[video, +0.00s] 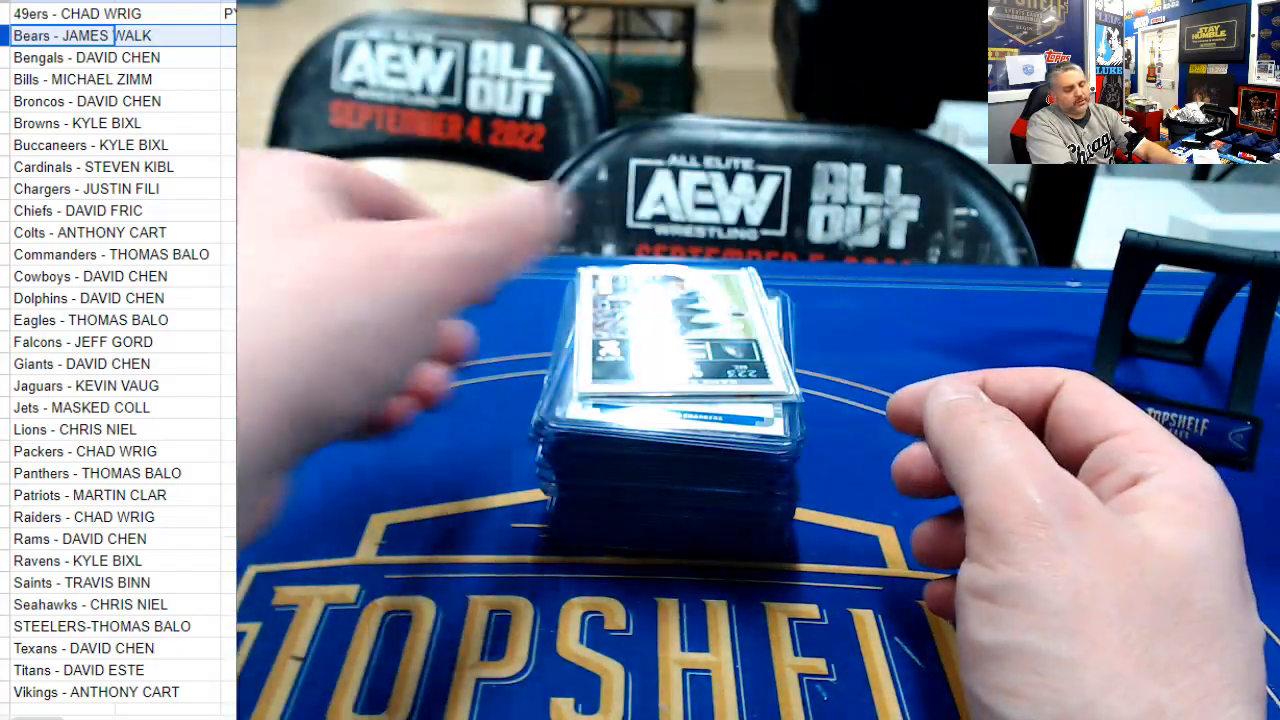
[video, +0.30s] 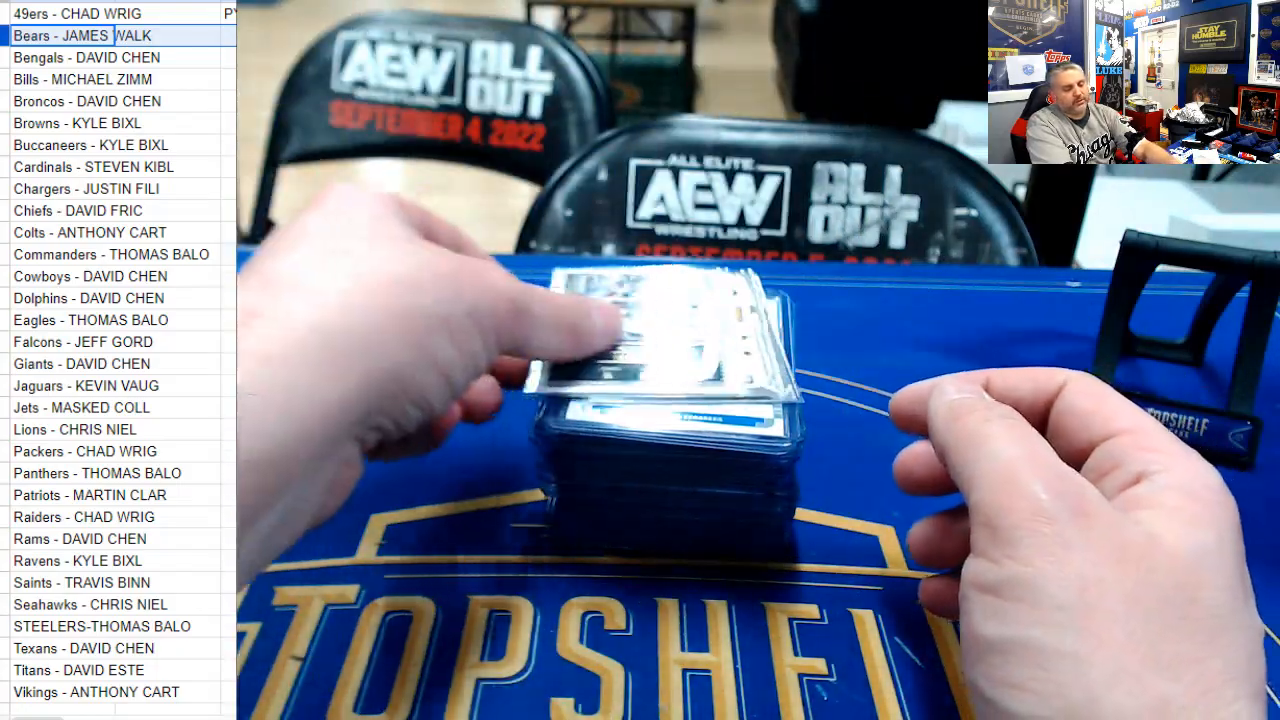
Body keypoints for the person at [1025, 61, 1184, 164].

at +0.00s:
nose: (1080, 93)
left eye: (1082, 85)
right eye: (1069, 90)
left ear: (1088, 85)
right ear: (1053, 97)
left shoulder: (1104, 114)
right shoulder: (1042, 123)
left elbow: (1146, 149)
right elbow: (1062, 174)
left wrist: (1184, 167)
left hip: (1113, 188)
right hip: (1070, 197)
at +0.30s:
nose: (1079, 93)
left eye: (1081, 84)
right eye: (1068, 89)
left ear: (1087, 85)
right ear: (1052, 97)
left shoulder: (1104, 113)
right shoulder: (1041, 123)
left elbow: (1144, 149)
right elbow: (1061, 174)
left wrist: (1183, 170)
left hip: (1113, 188)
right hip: (1069, 197)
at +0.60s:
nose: (1078, 93)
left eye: (1080, 84)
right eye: (1068, 89)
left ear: (1087, 84)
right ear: (1052, 97)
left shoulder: (1104, 113)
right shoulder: (1041, 123)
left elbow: (1146, 149)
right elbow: (1061, 175)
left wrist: (1183, 170)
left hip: (1114, 188)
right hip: (1070, 197)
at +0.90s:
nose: (1080, 92)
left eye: (1082, 83)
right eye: (1069, 88)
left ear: (1089, 84)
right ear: (1055, 96)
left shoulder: (1106, 114)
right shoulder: (1042, 123)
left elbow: (1143, 149)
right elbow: (1062, 177)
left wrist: (1174, 157)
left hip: (1112, 187)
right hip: (1070, 197)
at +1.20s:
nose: (1083, 92)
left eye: (1085, 84)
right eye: (1072, 88)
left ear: (1090, 85)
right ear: (1056, 95)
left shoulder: (1107, 114)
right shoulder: (1043, 122)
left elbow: (1145, 149)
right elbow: (1061, 176)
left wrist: (1183, 163)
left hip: (1112, 188)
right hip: (1069, 197)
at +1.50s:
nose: (1085, 93)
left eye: (1087, 85)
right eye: (1074, 89)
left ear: (1091, 85)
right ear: (1056, 96)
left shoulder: (1104, 113)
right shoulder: (1043, 122)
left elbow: (1145, 150)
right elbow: (1061, 177)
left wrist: (1186, 162)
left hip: (1112, 186)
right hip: (1072, 197)